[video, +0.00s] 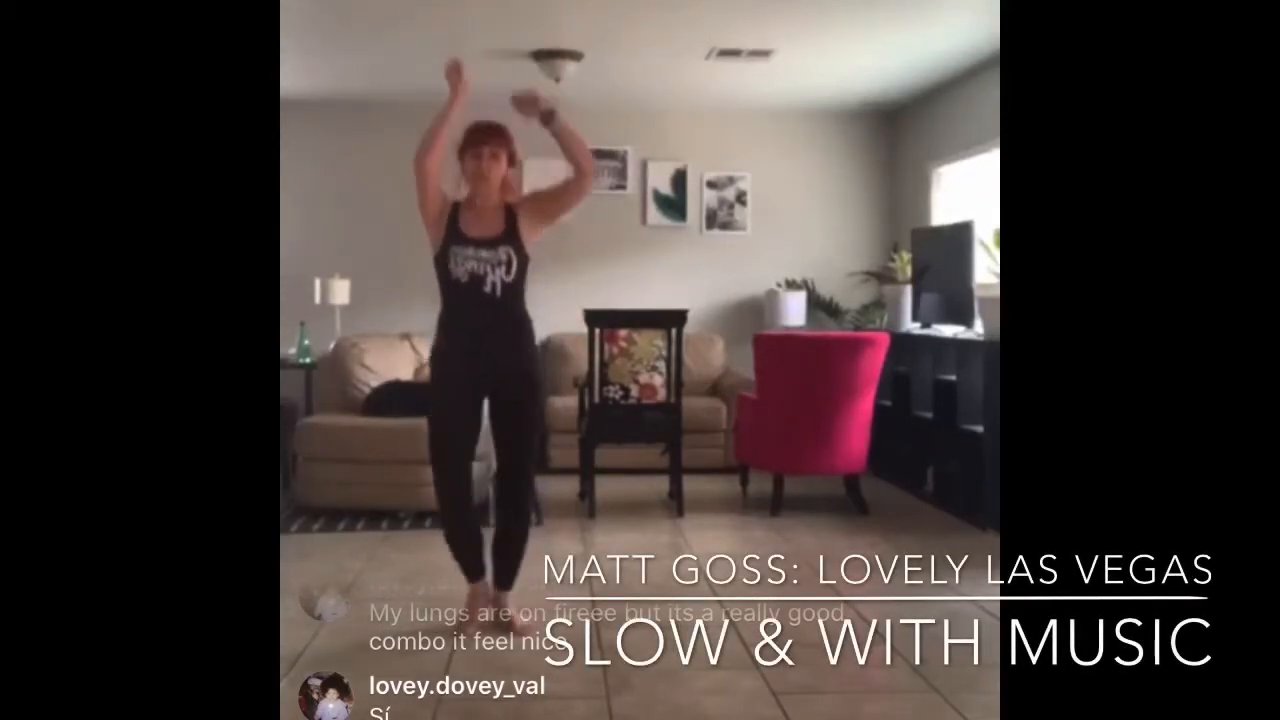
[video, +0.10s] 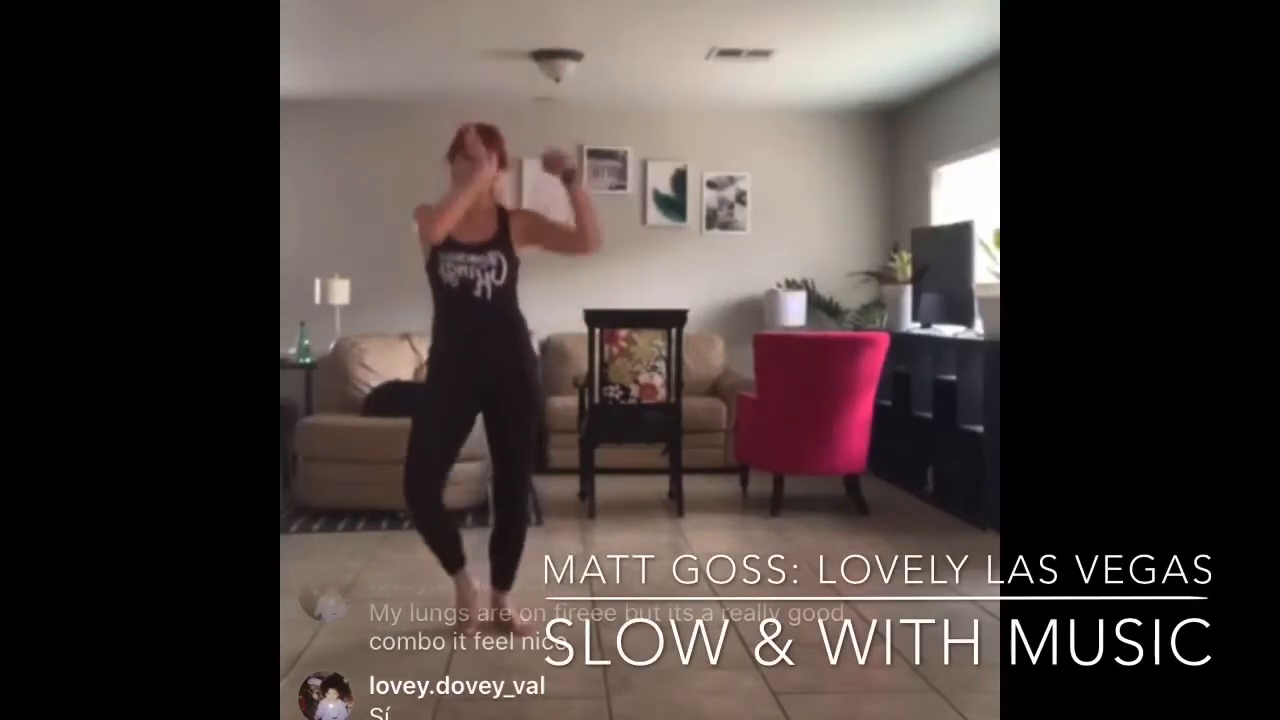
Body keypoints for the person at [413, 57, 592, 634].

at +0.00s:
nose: (491, 160)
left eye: (499, 153)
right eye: (482, 153)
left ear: (512, 166)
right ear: (463, 165)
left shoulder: (526, 217)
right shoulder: (444, 217)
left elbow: (584, 177)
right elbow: (425, 162)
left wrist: (550, 118)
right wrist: (456, 98)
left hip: (513, 362)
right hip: (455, 361)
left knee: (516, 479)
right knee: (450, 479)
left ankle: (503, 593)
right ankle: (477, 586)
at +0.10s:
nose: (473, 166)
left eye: (484, 158)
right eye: (463, 158)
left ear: (501, 167)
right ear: (449, 166)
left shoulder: (516, 223)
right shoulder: (433, 216)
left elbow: (587, 242)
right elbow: (435, 233)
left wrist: (573, 184)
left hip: (510, 370)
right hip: (451, 370)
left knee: (512, 485)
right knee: (420, 489)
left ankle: (501, 599)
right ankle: (463, 584)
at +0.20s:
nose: (468, 161)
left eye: (478, 155)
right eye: (459, 153)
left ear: (494, 167)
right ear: (441, 163)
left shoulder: (504, 221)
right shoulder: (420, 213)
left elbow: (560, 281)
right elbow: (432, 262)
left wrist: (601, 228)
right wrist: (496, 222)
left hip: (502, 364)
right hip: (442, 365)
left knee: (508, 483)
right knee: (392, 480)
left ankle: (500, 601)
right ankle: (427, 583)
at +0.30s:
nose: (455, 159)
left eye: (465, 152)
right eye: (446, 150)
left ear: (480, 163)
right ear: (429, 158)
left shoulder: (491, 217)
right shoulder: (406, 211)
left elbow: (534, 289)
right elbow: (398, 267)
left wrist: (602, 282)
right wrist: (477, 240)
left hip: (486, 362)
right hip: (425, 362)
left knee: (500, 478)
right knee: (378, 473)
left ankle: (500, 600)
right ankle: (359, 595)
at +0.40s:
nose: (438, 156)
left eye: (448, 149)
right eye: (429, 147)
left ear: (463, 159)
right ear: (413, 155)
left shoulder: (474, 222)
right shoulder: (384, 209)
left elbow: (513, 287)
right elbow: (335, 252)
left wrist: (567, 319)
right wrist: (411, 253)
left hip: (462, 367)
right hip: (398, 366)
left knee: (494, 479)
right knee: (363, 486)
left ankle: (500, 598)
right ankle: (329, 599)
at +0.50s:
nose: (419, 150)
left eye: (429, 144)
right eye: (411, 142)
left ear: (444, 156)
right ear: (394, 150)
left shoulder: (457, 222)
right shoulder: (365, 205)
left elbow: (481, 289)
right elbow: (290, 229)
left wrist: (503, 329)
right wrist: (345, 262)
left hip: (434, 365)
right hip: (369, 364)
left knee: (497, 474)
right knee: (351, 486)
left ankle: (495, 589)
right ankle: (327, 601)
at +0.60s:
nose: (402, 146)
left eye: (413, 140)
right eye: (393, 138)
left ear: (426, 154)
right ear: (377, 148)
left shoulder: (437, 218)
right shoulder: (348, 203)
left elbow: (467, 286)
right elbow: (287, 210)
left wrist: (437, 318)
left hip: (407, 361)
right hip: (348, 360)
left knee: (497, 461)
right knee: (339, 487)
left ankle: (493, 581)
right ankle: (326, 598)